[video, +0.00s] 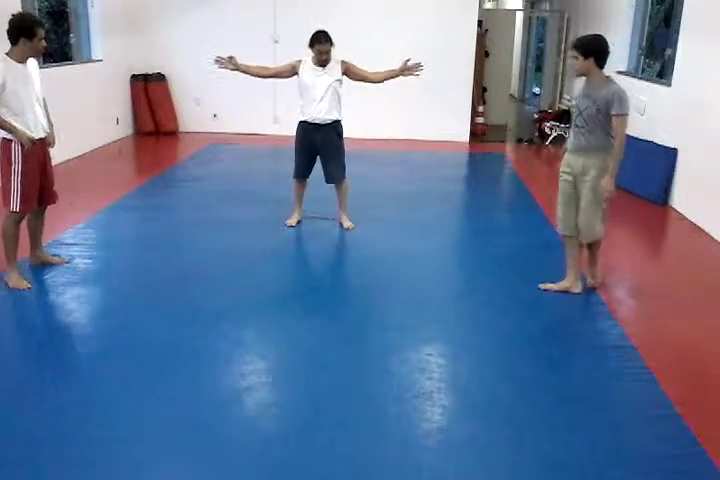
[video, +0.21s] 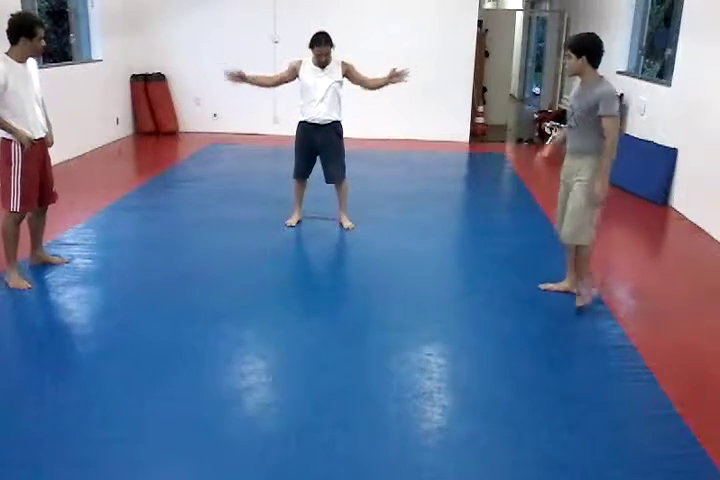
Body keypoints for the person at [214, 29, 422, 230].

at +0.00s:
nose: (322, 56)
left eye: (325, 52)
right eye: (318, 53)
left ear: (332, 48)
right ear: (311, 49)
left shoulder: (341, 66)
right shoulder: (300, 66)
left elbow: (371, 77)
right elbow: (268, 72)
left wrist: (399, 72)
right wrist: (238, 67)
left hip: (331, 129)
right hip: (306, 129)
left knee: (339, 176)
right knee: (300, 175)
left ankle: (343, 215)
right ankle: (297, 213)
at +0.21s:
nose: (322, 57)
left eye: (326, 53)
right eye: (319, 54)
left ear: (332, 51)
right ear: (311, 51)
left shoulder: (342, 68)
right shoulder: (300, 67)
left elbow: (367, 83)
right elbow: (273, 81)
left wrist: (388, 80)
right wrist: (246, 79)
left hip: (331, 129)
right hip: (306, 128)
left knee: (339, 175)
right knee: (300, 174)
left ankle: (343, 214)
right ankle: (297, 212)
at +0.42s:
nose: (322, 59)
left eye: (326, 55)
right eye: (318, 55)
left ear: (332, 52)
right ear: (311, 52)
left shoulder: (341, 70)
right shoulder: (301, 69)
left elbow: (352, 94)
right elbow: (288, 94)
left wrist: (362, 111)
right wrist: (274, 108)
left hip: (331, 128)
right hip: (306, 127)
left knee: (339, 176)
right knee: (300, 174)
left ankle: (343, 214)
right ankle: (297, 212)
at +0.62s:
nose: (323, 60)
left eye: (326, 56)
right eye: (318, 56)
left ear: (332, 52)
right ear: (312, 51)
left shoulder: (341, 70)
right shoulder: (301, 68)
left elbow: (347, 99)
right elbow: (294, 98)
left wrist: (349, 125)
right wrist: (287, 127)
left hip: (332, 128)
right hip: (306, 128)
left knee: (339, 176)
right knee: (300, 175)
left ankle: (343, 214)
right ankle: (297, 212)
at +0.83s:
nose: (323, 60)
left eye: (327, 56)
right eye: (319, 56)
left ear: (333, 52)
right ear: (312, 51)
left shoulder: (342, 70)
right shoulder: (300, 68)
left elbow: (348, 99)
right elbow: (292, 98)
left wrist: (349, 126)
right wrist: (285, 127)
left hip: (331, 128)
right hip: (305, 128)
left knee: (339, 177)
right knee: (300, 175)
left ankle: (343, 214)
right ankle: (297, 212)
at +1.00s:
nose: (323, 60)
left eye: (327, 56)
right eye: (319, 55)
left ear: (333, 52)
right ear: (312, 51)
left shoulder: (342, 70)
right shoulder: (301, 68)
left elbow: (349, 100)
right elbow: (291, 98)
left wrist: (351, 128)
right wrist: (280, 127)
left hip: (331, 129)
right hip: (305, 128)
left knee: (339, 177)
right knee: (300, 175)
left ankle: (343, 214)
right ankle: (297, 212)